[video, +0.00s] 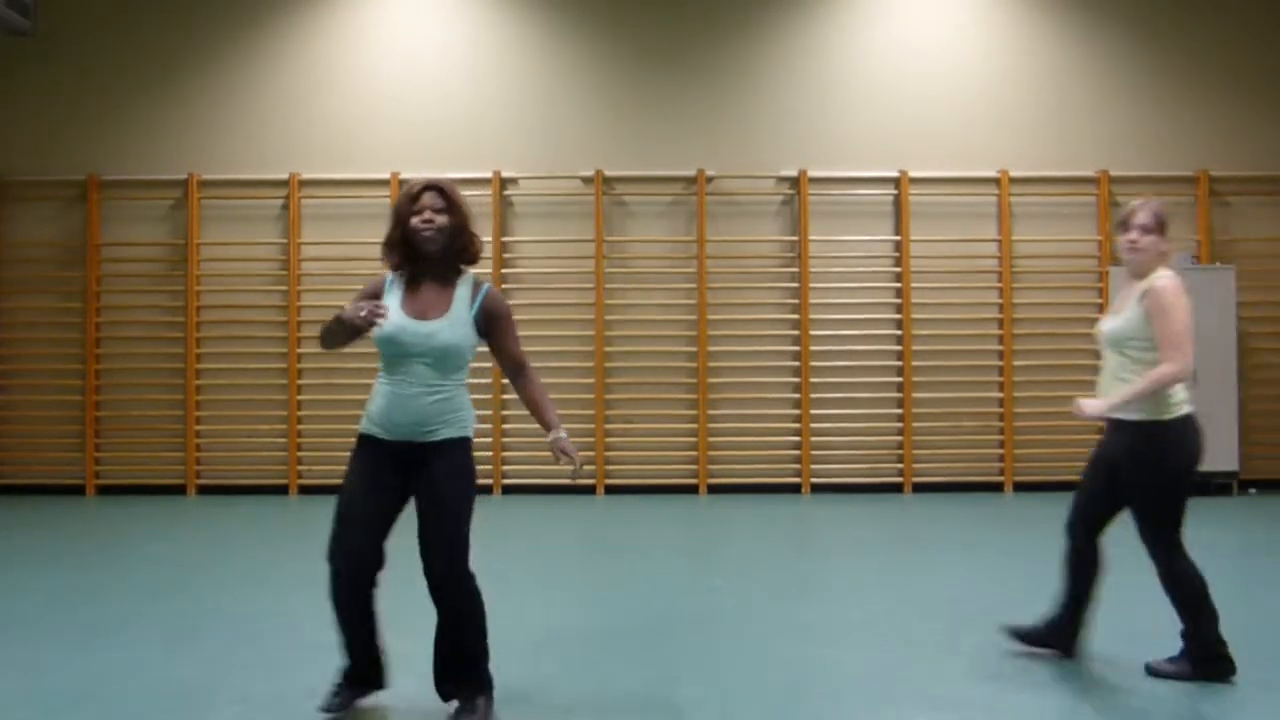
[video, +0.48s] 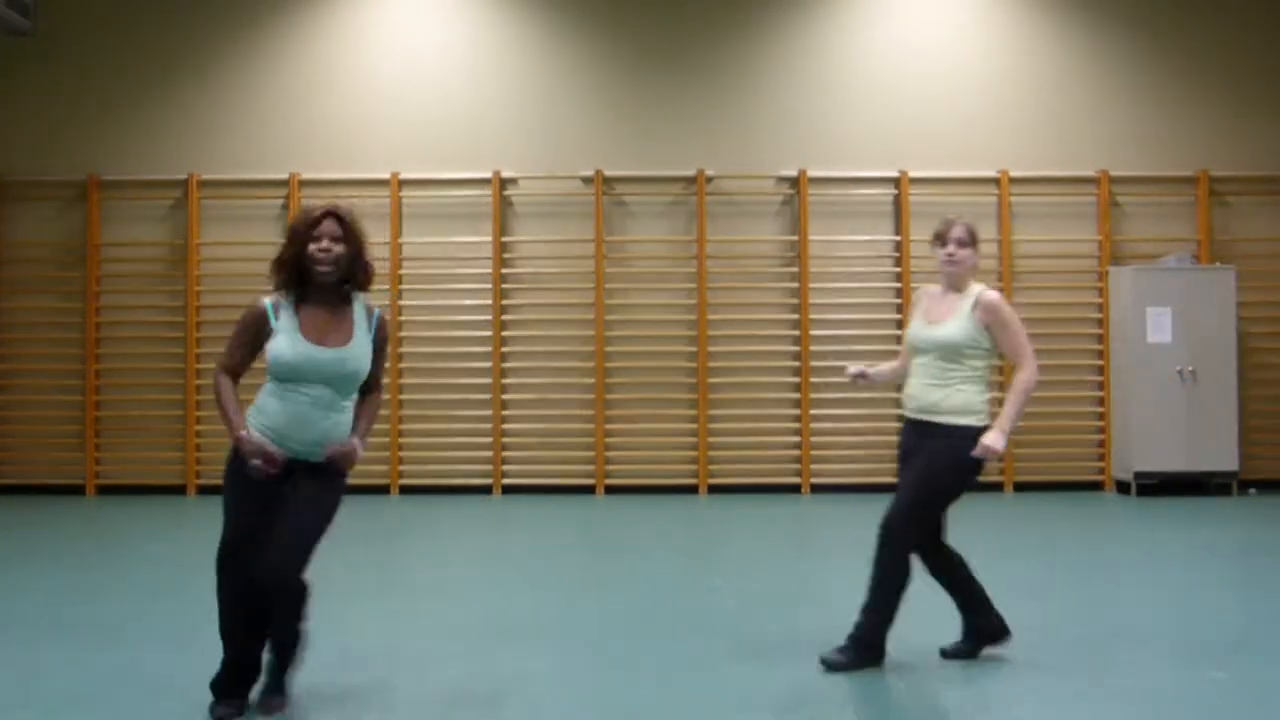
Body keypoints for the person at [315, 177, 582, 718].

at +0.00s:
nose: (428, 219)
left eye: (439, 212)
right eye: (418, 213)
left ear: (458, 226)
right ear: (403, 227)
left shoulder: (480, 298)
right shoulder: (385, 287)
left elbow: (519, 371)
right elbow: (329, 341)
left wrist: (555, 428)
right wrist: (349, 322)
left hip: (446, 447)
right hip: (380, 443)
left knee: (447, 570)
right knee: (348, 556)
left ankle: (473, 692)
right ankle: (362, 674)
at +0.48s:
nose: (324, 248)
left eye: (335, 240)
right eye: (315, 239)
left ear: (352, 252)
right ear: (299, 249)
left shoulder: (372, 323)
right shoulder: (270, 312)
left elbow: (371, 390)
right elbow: (226, 372)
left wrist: (357, 439)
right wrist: (241, 434)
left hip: (321, 470)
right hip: (258, 461)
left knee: (279, 570)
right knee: (238, 573)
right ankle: (232, 689)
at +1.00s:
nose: (363, 227)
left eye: (373, 220)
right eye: (353, 219)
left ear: (390, 231)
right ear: (335, 229)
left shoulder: (402, 284)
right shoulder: (318, 274)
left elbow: (459, 331)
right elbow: (315, 320)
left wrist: (497, 301)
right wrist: (389, 293)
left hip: (367, 440)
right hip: (304, 436)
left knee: (378, 567)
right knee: (322, 554)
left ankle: (390, 682)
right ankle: (283, 661)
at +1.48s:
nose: (415, 228)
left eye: (423, 221)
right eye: (404, 223)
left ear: (436, 234)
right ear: (388, 240)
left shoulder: (462, 281)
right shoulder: (375, 293)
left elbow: (534, 258)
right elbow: (376, 267)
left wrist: (588, 218)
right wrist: (437, 226)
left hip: (461, 442)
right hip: (397, 441)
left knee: (487, 557)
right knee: (380, 551)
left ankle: (525, 670)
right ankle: (336, 684)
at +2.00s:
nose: (400, 235)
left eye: (410, 228)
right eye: (390, 229)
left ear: (426, 239)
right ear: (378, 242)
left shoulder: (443, 288)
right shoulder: (366, 295)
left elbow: (437, 287)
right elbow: (303, 313)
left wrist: (377, 251)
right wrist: (285, 281)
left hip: (454, 439)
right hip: (392, 442)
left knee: (483, 553)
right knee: (358, 548)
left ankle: (518, 666)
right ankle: (355, 652)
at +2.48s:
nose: (316, 233)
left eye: (327, 226)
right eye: (308, 226)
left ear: (345, 240)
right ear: (294, 238)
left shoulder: (363, 297)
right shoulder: (283, 296)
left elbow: (385, 358)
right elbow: (262, 359)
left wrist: (316, 354)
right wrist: (239, 343)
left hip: (334, 438)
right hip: (278, 435)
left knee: (325, 551)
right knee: (230, 538)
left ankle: (347, 666)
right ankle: (281, 636)